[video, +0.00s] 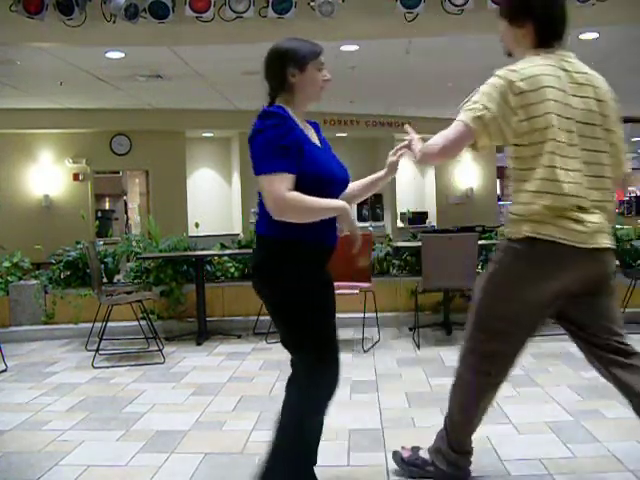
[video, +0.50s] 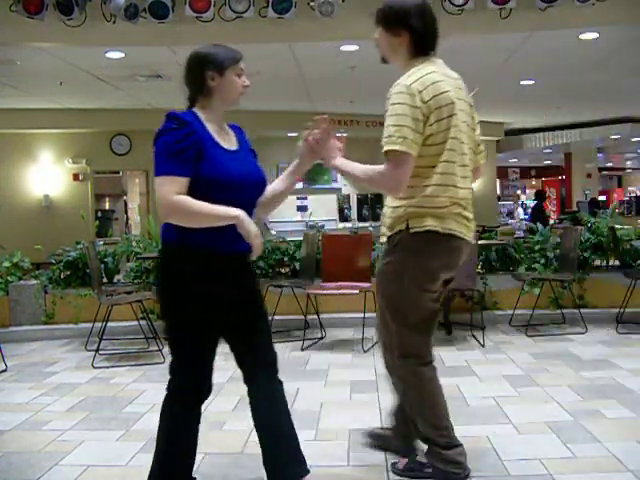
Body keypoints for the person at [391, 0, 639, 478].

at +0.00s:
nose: (500, 35)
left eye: (503, 23)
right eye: (500, 24)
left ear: (525, 25)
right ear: (552, 25)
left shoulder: (513, 79)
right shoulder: (597, 84)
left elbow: (445, 146)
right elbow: (620, 171)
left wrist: (419, 148)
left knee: (484, 352)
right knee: (615, 353)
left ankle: (449, 457)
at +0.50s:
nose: (377, 43)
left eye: (381, 33)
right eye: (377, 34)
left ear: (403, 36)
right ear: (417, 36)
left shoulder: (409, 87)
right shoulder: (456, 87)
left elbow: (393, 178)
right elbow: (476, 169)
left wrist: (337, 162)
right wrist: (427, 186)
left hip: (419, 235)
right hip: (453, 235)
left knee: (404, 346)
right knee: (404, 336)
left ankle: (445, 458)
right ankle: (402, 432)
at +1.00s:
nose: (275, 60)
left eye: (279, 51)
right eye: (276, 52)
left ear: (298, 56)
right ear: (314, 57)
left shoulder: (303, 103)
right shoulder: (344, 103)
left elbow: (297, 185)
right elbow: (366, 175)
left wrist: (242, 185)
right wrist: (323, 195)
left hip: (316, 235)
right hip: (342, 234)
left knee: (337, 336)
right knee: (305, 334)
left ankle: (418, 429)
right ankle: (269, 421)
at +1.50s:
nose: (198, 88)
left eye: (201, 80)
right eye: (198, 80)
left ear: (218, 82)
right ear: (236, 82)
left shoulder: (218, 126)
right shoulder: (270, 124)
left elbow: (212, 198)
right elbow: (287, 184)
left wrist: (162, 196)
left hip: (232, 243)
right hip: (271, 247)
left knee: (199, 322)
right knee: (249, 333)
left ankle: (197, 410)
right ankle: (263, 422)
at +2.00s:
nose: (146, 116)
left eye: (148, 110)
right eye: (146, 110)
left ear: (162, 111)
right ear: (182, 111)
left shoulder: (161, 152)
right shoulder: (206, 149)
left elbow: (159, 213)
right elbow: (215, 208)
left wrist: (106, 203)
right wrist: (172, 206)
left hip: (163, 251)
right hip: (203, 252)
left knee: (150, 320)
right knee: (213, 324)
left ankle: (154, 391)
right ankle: (254, 398)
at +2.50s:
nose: (143, 120)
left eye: (145, 113)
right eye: (143, 113)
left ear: (160, 115)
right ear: (178, 116)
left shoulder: (158, 151)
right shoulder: (207, 151)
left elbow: (155, 214)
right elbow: (221, 211)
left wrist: (107, 205)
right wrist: (176, 205)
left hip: (167, 254)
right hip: (209, 256)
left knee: (152, 321)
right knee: (212, 330)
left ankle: (154, 391)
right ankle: (255, 402)